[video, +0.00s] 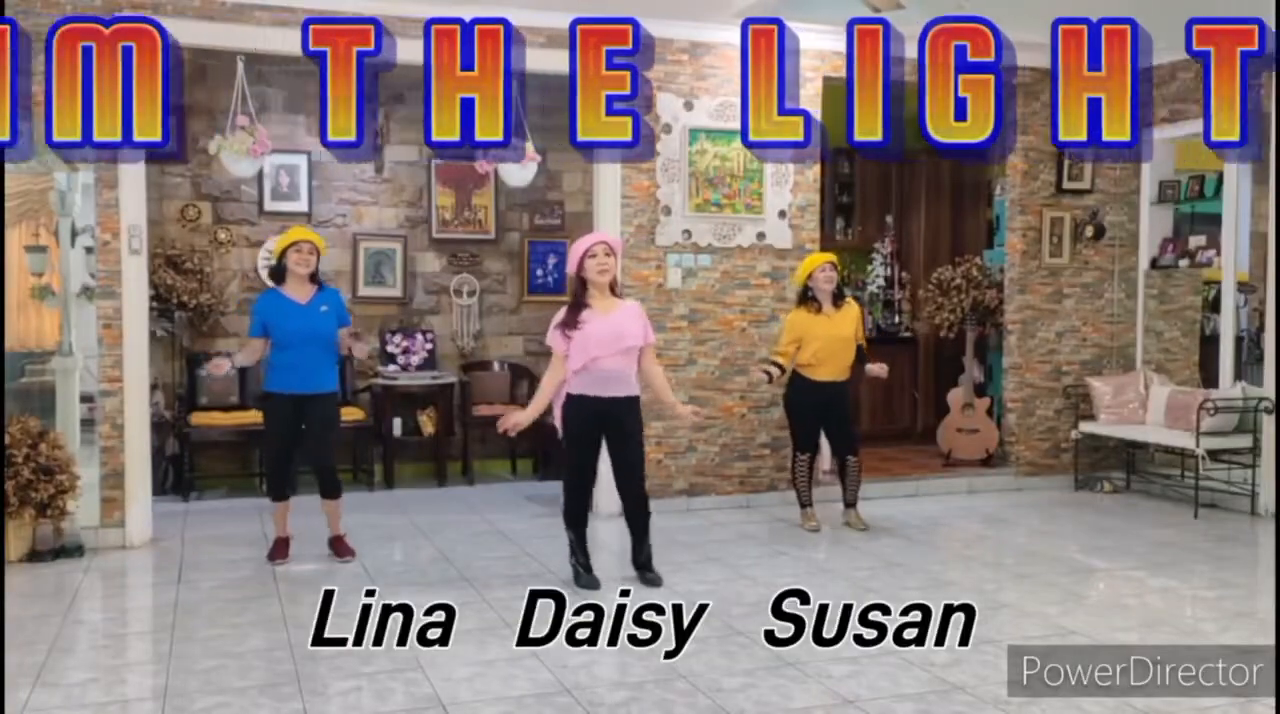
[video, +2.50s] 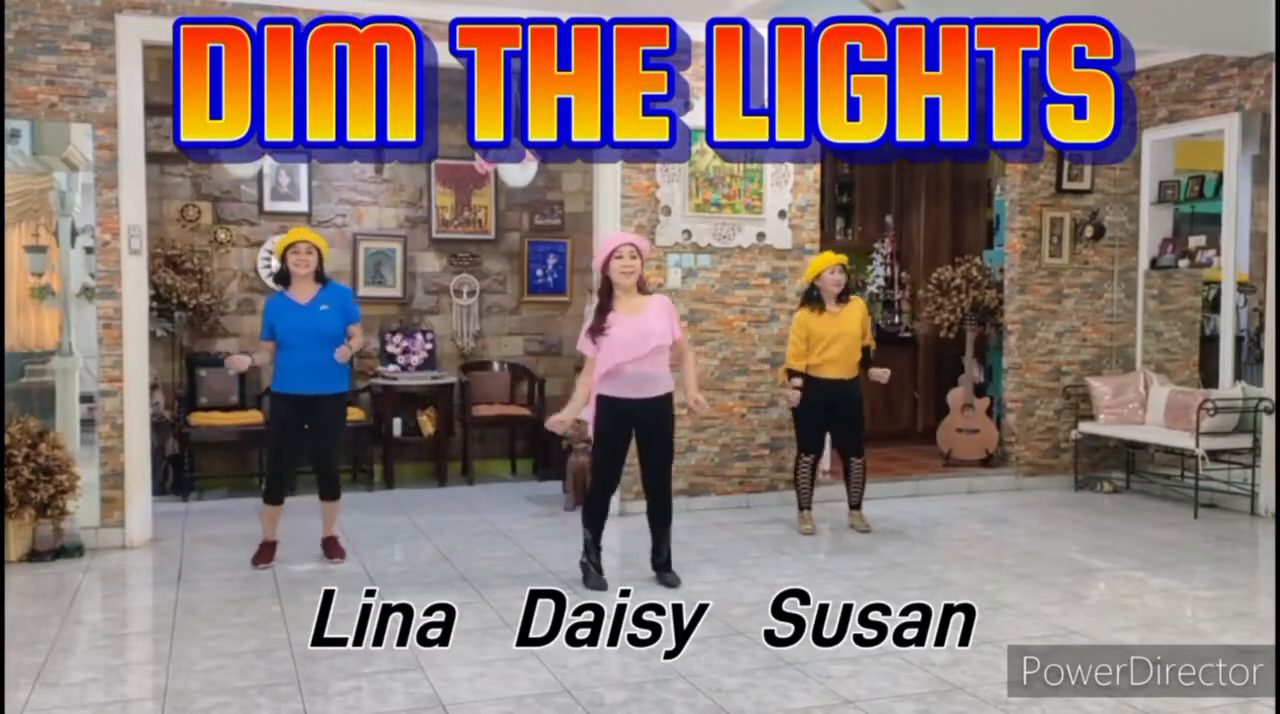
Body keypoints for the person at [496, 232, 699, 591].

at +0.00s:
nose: (601, 261)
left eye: (607, 256)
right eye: (593, 257)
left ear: (616, 264)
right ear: (580, 268)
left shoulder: (633, 311)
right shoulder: (569, 316)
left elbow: (649, 364)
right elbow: (556, 370)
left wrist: (673, 403)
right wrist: (529, 413)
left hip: (625, 406)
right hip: (581, 406)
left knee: (634, 486)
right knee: (579, 485)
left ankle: (643, 560)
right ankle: (580, 559)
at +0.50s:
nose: (617, 266)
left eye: (622, 261)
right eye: (608, 261)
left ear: (630, 268)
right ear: (594, 273)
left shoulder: (650, 302)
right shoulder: (592, 325)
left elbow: (680, 350)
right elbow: (596, 381)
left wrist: (722, 374)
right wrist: (594, 421)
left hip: (662, 404)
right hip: (621, 408)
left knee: (654, 487)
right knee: (618, 485)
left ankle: (646, 559)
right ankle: (606, 549)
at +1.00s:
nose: (623, 267)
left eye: (630, 261)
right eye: (615, 261)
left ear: (638, 270)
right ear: (603, 270)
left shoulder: (652, 309)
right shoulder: (589, 317)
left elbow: (672, 363)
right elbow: (587, 374)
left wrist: (709, 391)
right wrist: (604, 415)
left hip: (659, 405)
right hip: (619, 410)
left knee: (653, 489)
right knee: (620, 487)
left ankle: (645, 560)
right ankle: (605, 555)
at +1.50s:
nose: (614, 267)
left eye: (620, 260)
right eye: (606, 262)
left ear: (631, 269)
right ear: (595, 272)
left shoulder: (639, 319)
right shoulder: (579, 309)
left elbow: (642, 375)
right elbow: (542, 350)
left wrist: (654, 422)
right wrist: (529, 403)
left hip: (622, 410)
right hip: (579, 408)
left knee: (630, 486)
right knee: (582, 486)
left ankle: (635, 559)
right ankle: (586, 561)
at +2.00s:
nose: (610, 274)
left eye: (617, 267)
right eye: (602, 269)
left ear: (628, 275)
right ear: (592, 278)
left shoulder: (642, 322)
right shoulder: (579, 320)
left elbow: (647, 379)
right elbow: (553, 373)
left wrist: (656, 418)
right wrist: (512, 385)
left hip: (616, 415)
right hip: (575, 411)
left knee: (610, 492)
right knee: (577, 489)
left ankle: (605, 557)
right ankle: (585, 558)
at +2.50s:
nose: (627, 263)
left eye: (633, 257)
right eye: (618, 258)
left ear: (642, 265)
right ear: (606, 267)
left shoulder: (661, 304)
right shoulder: (601, 312)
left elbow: (684, 349)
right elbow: (589, 369)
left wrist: (692, 389)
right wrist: (571, 412)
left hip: (657, 403)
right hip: (612, 404)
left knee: (659, 485)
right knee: (603, 483)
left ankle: (662, 561)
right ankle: (591, 557)